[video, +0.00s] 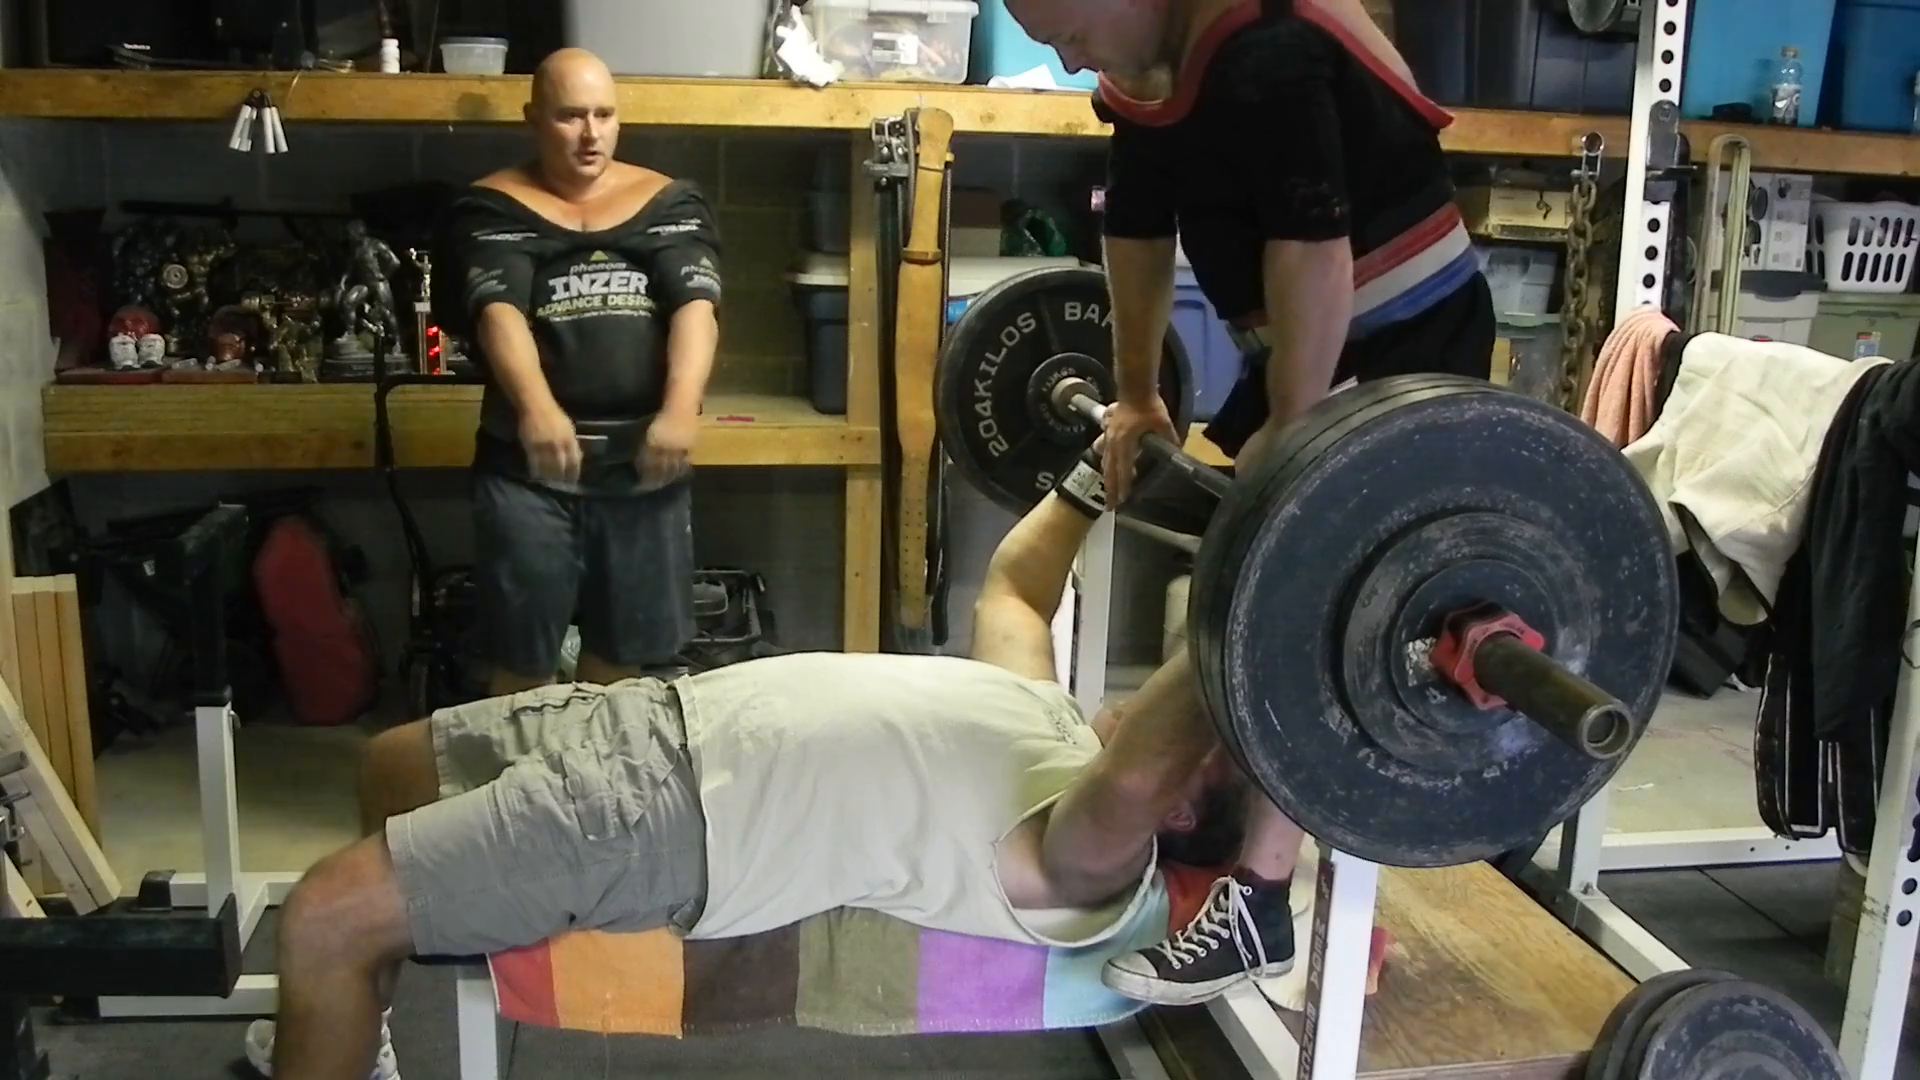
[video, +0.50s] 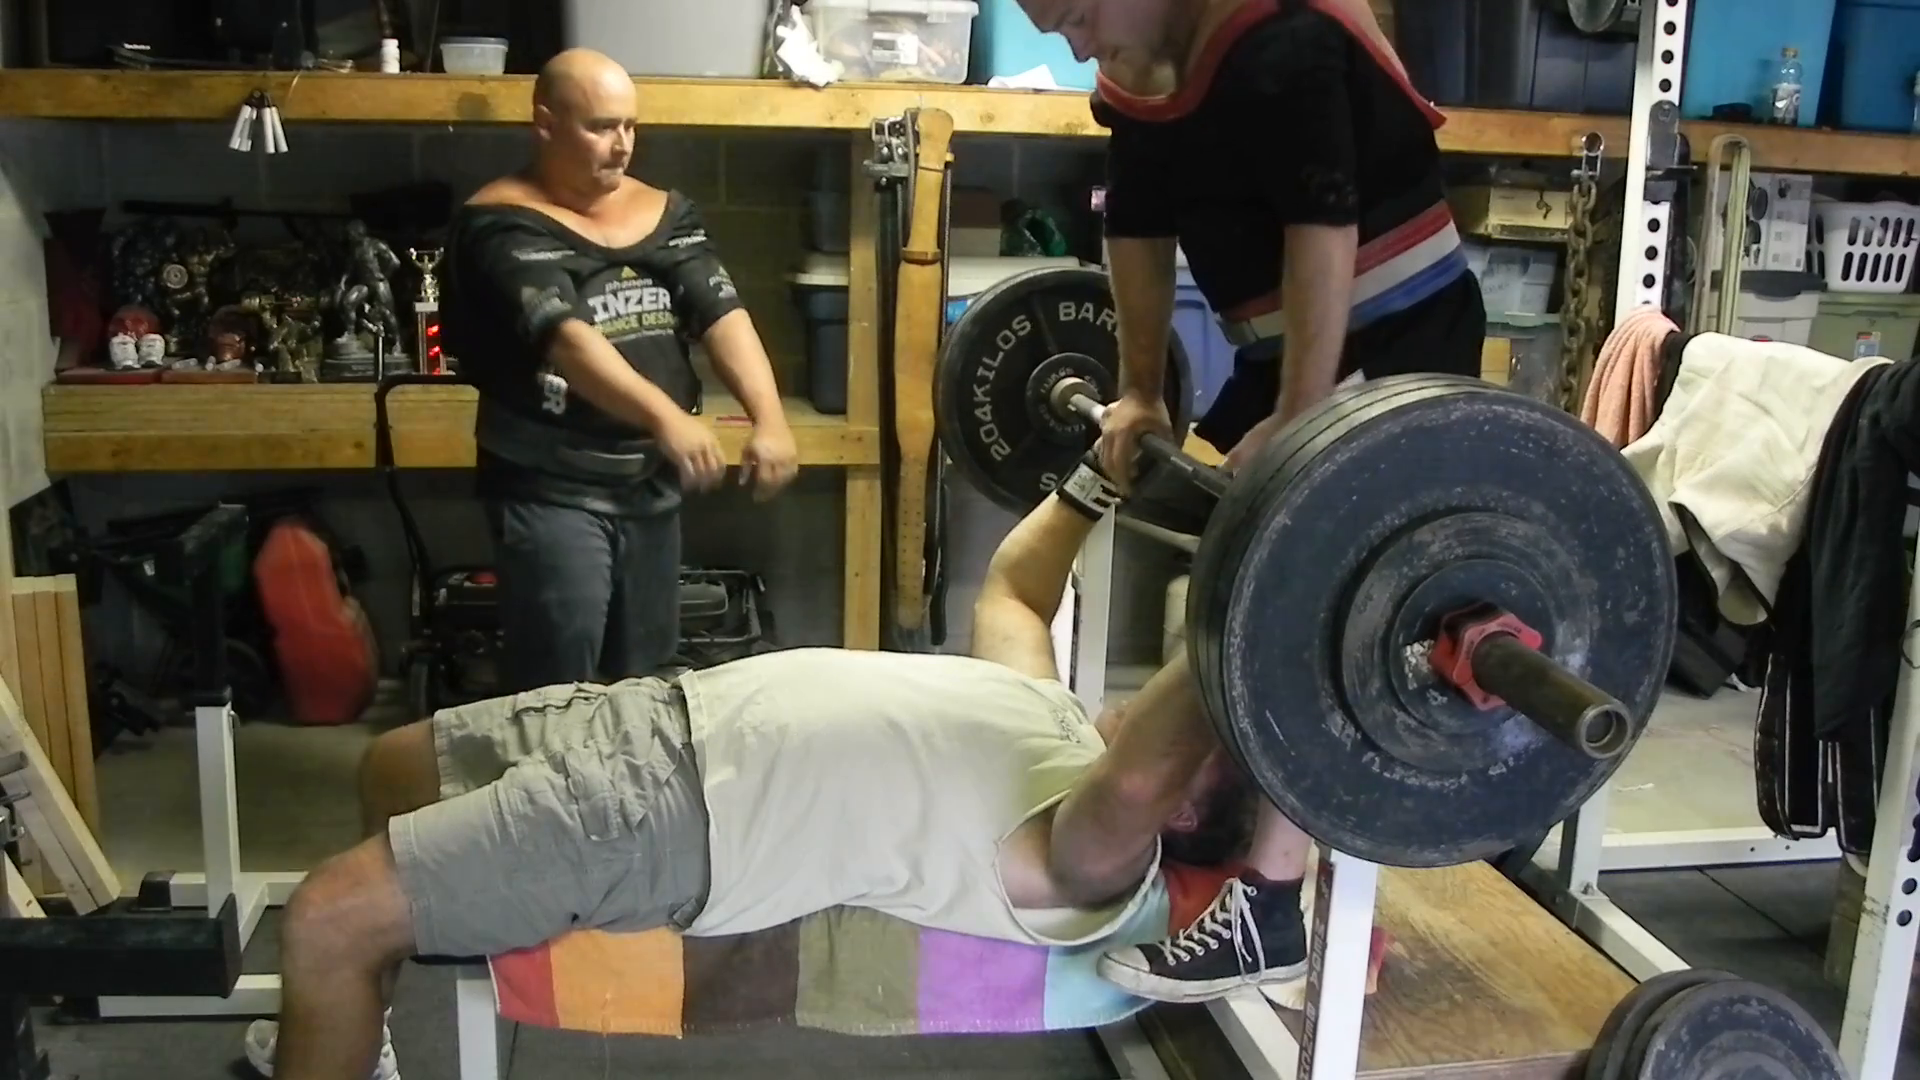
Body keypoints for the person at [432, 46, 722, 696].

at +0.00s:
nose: (589, 131)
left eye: (602, 114)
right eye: (570, 116)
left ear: (618, 117)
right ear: (535, 119)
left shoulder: (667, 199)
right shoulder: (493, 204)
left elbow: (696, 302)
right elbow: (497, 311)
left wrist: (680, 411)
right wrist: (537, 407)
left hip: (646, 469)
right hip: (529, 470)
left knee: (623, 656)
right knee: (522, 663)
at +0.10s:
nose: (595, 130)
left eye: (608, 113)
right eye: (576, 114)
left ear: (622, 117)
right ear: (538, 119)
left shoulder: (673, 201)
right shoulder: (499, 205)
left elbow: (705, 300)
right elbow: (508, 310)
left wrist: (702, 401)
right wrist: (556, 401)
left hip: (650, 479)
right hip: (531, 479)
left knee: (625, 662)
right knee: (526, 668)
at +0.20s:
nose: (605, 127)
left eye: (616, 110)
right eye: (585, 110)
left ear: (629, 116)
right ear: (545, 117)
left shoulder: (672, 203)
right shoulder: (501, 205)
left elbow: (712, 295)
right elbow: (522, 306)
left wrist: (725, 392)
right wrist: (589, 391)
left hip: (650, 475)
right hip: (535, 476)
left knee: (624, 665)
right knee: (536, 673)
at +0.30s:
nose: (615, 134)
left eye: (625, 116)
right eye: (596, 117)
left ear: (637, 118)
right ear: (548, 117)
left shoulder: (671, 205)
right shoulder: (503, 204)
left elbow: (718, 293)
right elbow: (529, 308)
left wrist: (747, 388)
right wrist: (619, 381)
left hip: (651, 479)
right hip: (541, 480)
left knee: (639, 674)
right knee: (546, 679)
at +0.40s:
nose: (621, 141)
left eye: (630, 122)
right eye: (602, 122)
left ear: (640, 120)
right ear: (549, 120)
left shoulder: (670, 208)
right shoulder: (503, 209)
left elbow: (721, 301)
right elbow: (543, 319)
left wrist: (762, 398)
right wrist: (646, 388)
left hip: (652, 488)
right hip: (546, 487)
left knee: (649, 687)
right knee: (553, 693)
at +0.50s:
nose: (623, 142)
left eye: (630, 124)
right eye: (603, 126)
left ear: (636, 120)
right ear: (545, 123)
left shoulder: (663, 210)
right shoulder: (501, 216)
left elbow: (721, 312)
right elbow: (560, 335)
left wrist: (770, 418)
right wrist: (666, 415)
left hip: (654, 494)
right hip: (554, 497)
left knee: (646, 696)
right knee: (559, 703)